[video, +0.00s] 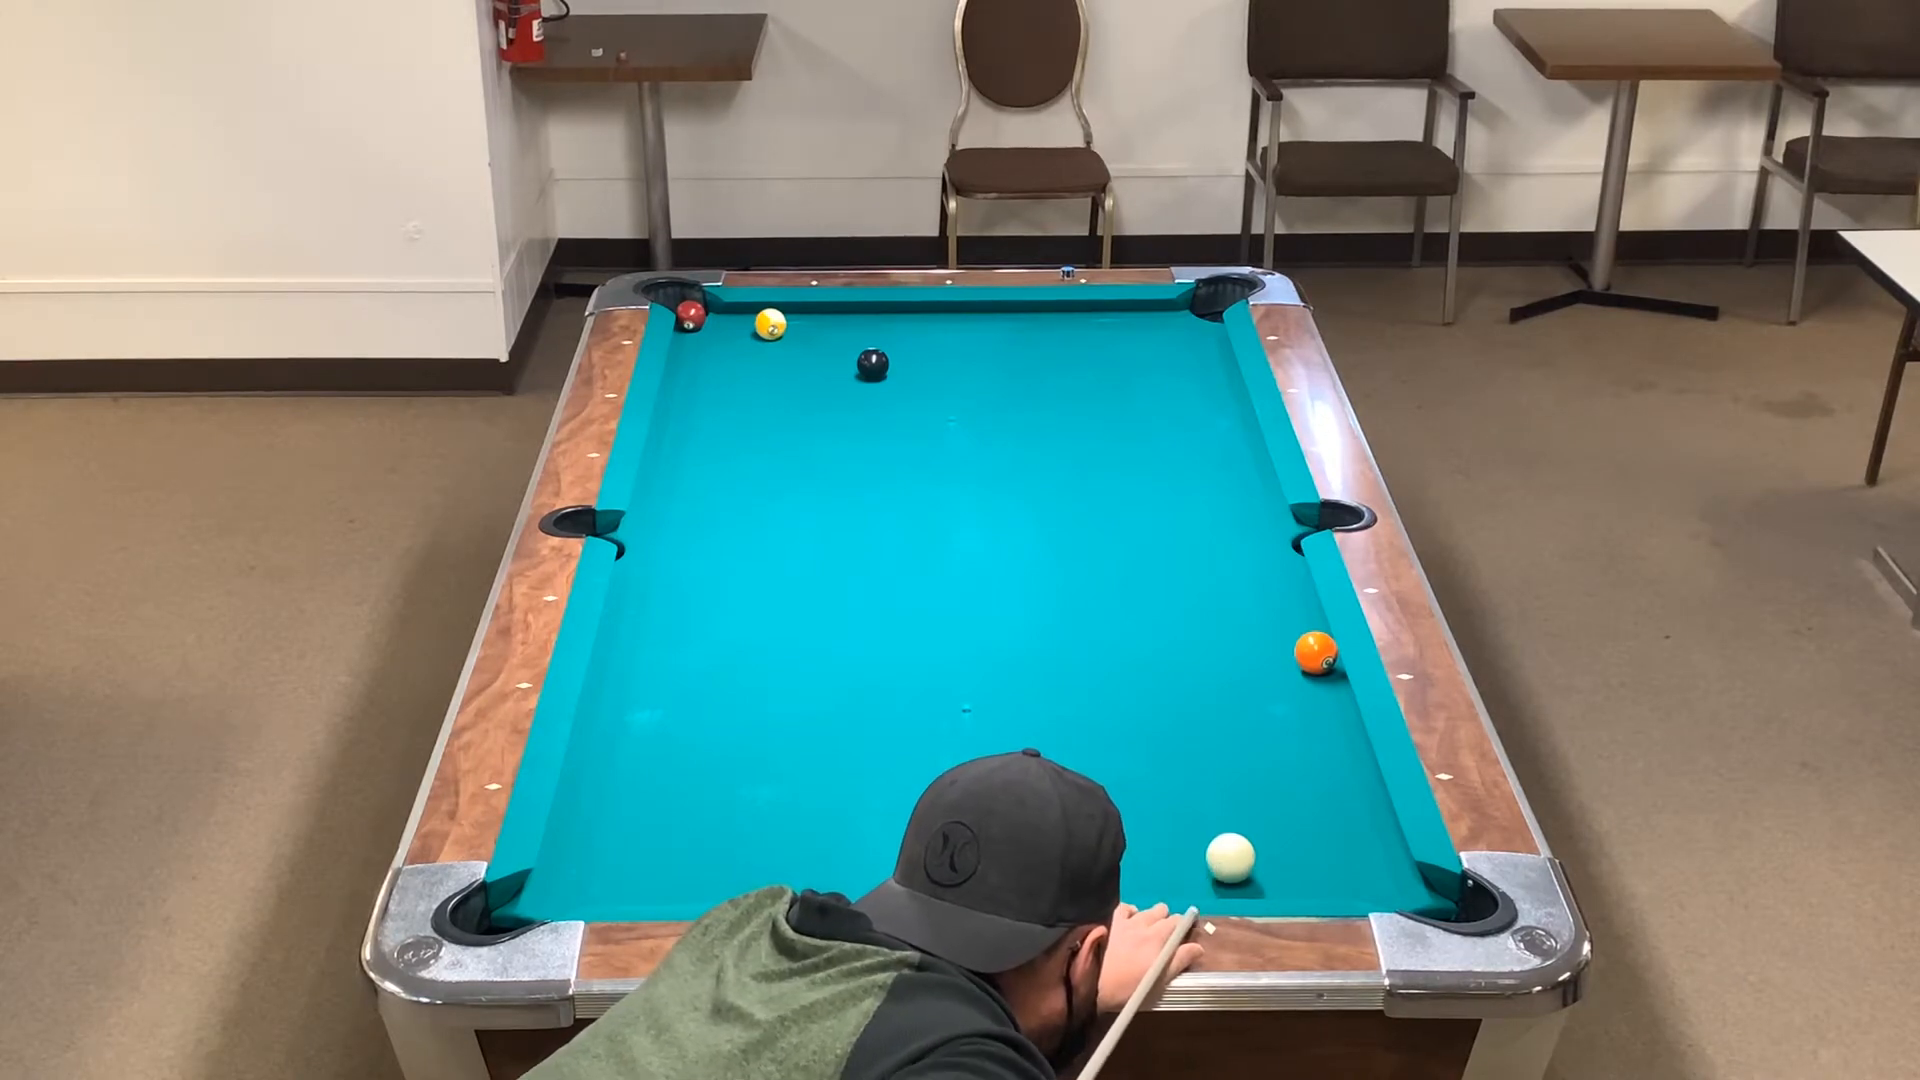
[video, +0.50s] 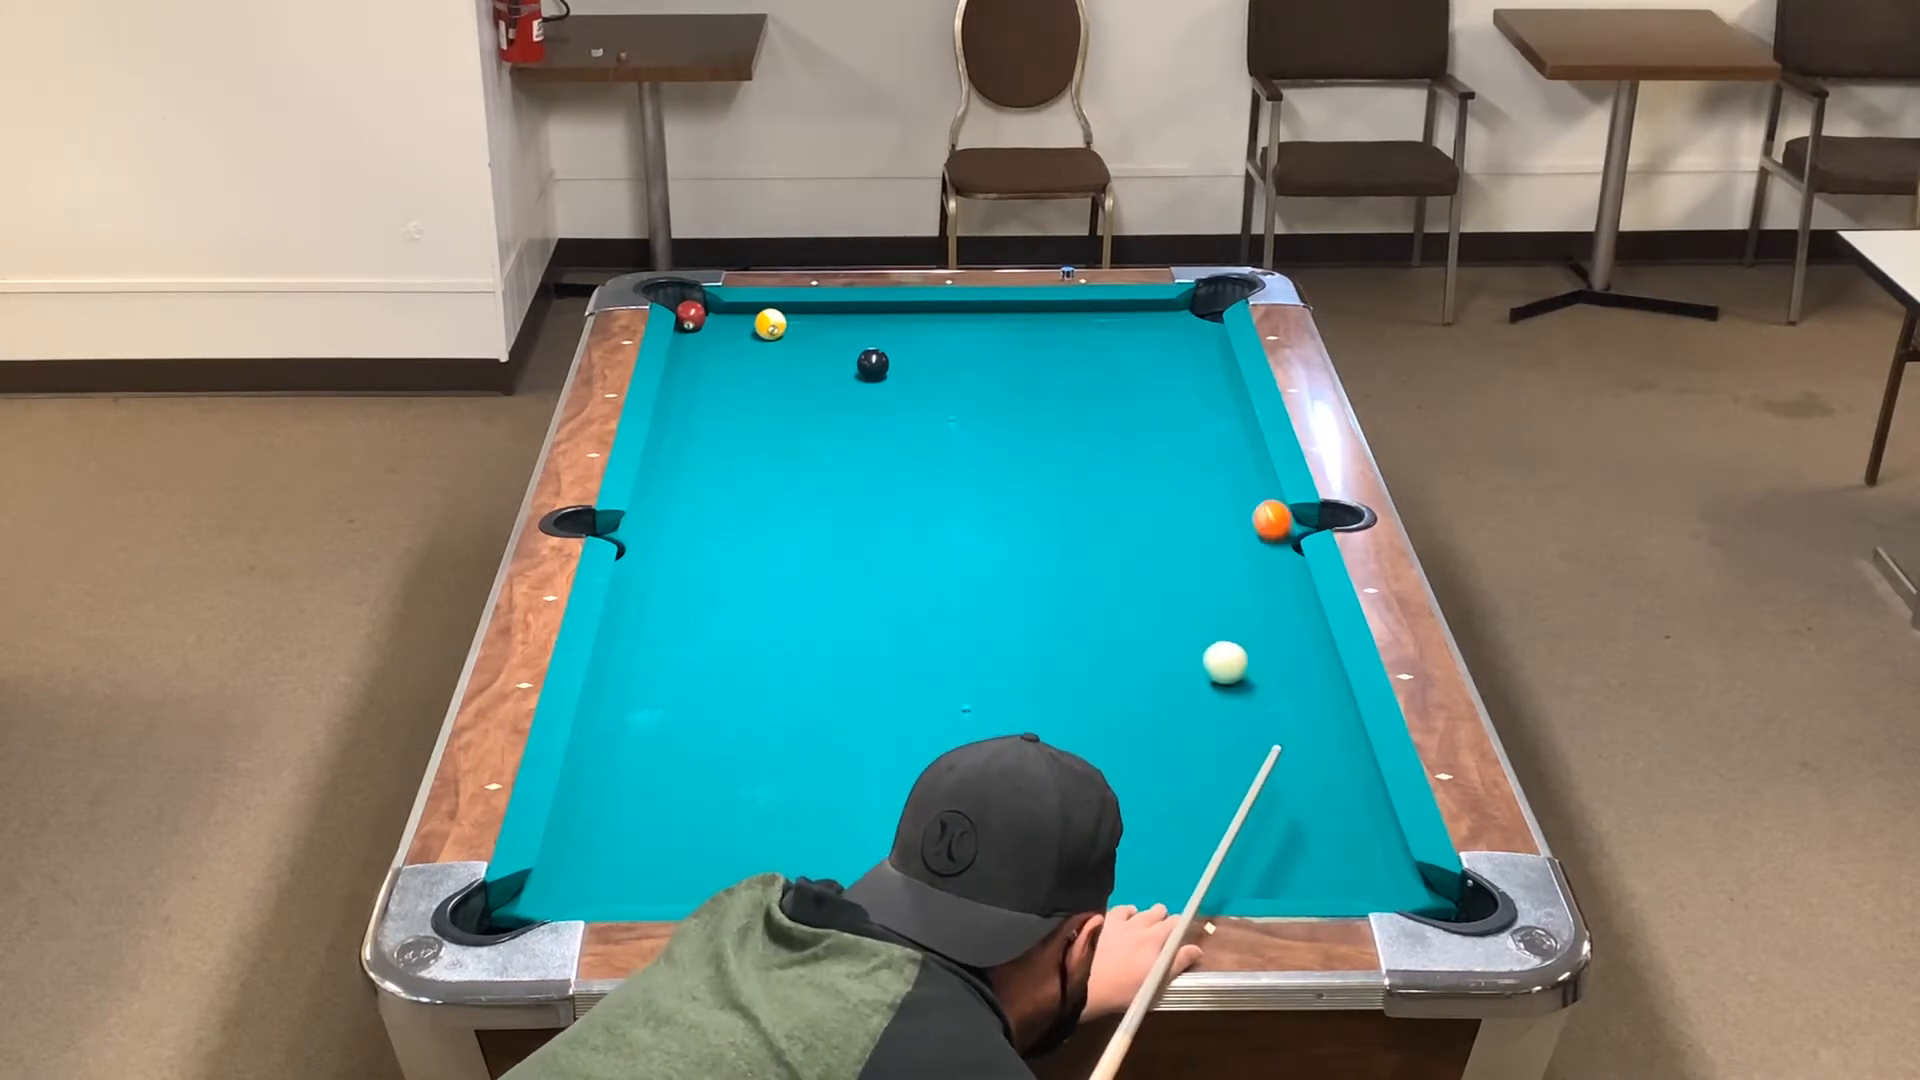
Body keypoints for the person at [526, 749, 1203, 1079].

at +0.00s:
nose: (1108, 940)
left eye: (1107, 929)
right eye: (1107, 928)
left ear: (908, 873)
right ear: (1082, 958)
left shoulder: (750, 916)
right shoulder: (969, 1057)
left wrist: (1076, 994)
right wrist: (1100, 1016)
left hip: (558, 1063)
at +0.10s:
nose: (1107, 939)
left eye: (1107, 927)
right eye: (1108, 926)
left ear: (908, 872)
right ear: (1082, 955)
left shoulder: (749, 917)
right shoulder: (971, 1056)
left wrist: (1074, 987)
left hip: (559, 1062)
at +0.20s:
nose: (1105, 936)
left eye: (1103, 926)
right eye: (1104, 925)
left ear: (906, 869)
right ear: (1079, 954)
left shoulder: (749, 915)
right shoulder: (956, 1055)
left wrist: (1070, 991)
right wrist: (1100, 1015)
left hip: (555, 1063)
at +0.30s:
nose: (1101, 941)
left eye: (1102, 931)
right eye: (1102, 929)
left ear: (905, 866)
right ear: (1078, 950)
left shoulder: (749, 911)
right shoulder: (961, 1056)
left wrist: (1069, 989)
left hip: (548, 1064)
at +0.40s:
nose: (1098, 935)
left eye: (1100, 926)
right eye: (1098, 923)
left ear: (904, 858)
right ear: (1076, 944)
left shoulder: (750, 908)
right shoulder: (959, 1053)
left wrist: (1068, 990)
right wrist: (1088, 1004)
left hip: (547, 1063)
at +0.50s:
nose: (1092, 935)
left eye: (1095, 925)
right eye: (1092, 921)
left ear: (903, 850)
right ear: (1073, 940)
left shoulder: (749, 905)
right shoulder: (958, 1050)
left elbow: (904, 993)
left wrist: (1066, 990)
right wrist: (1093, 1001)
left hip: (548, 1063)